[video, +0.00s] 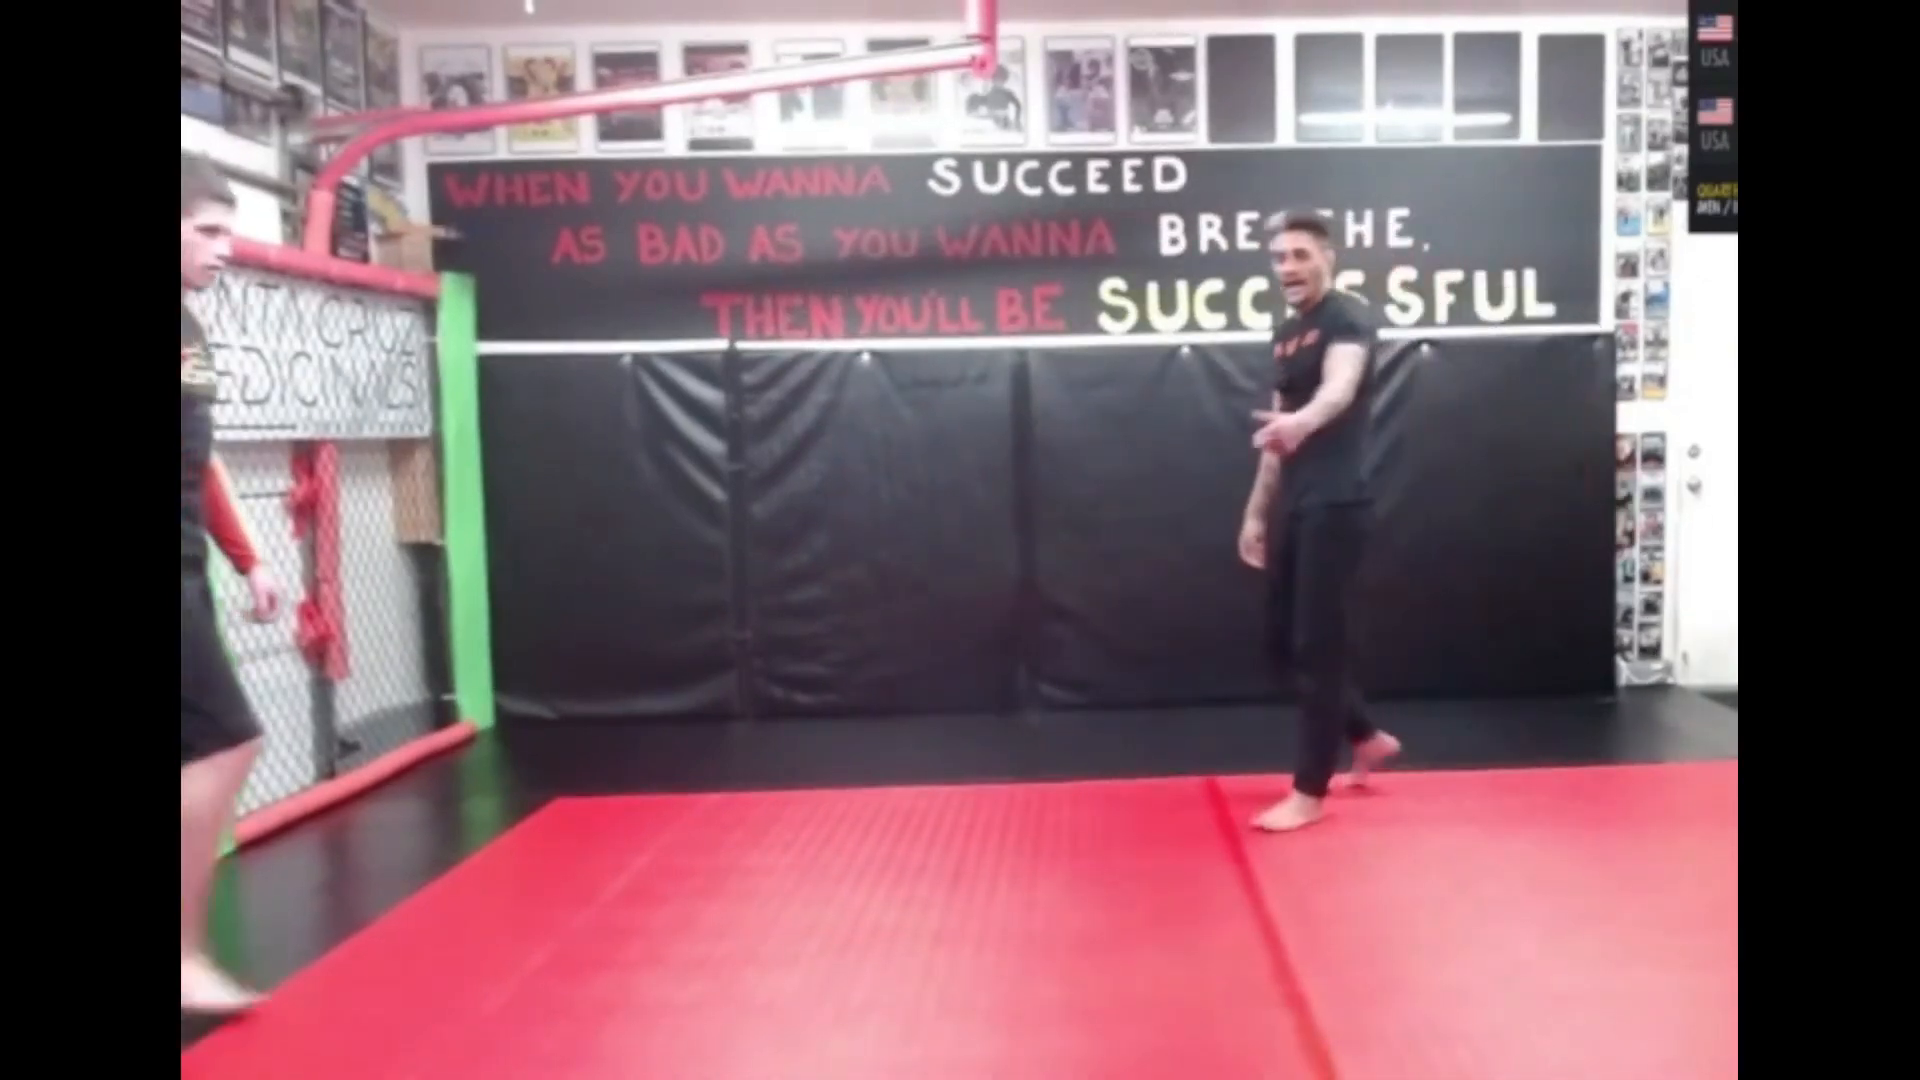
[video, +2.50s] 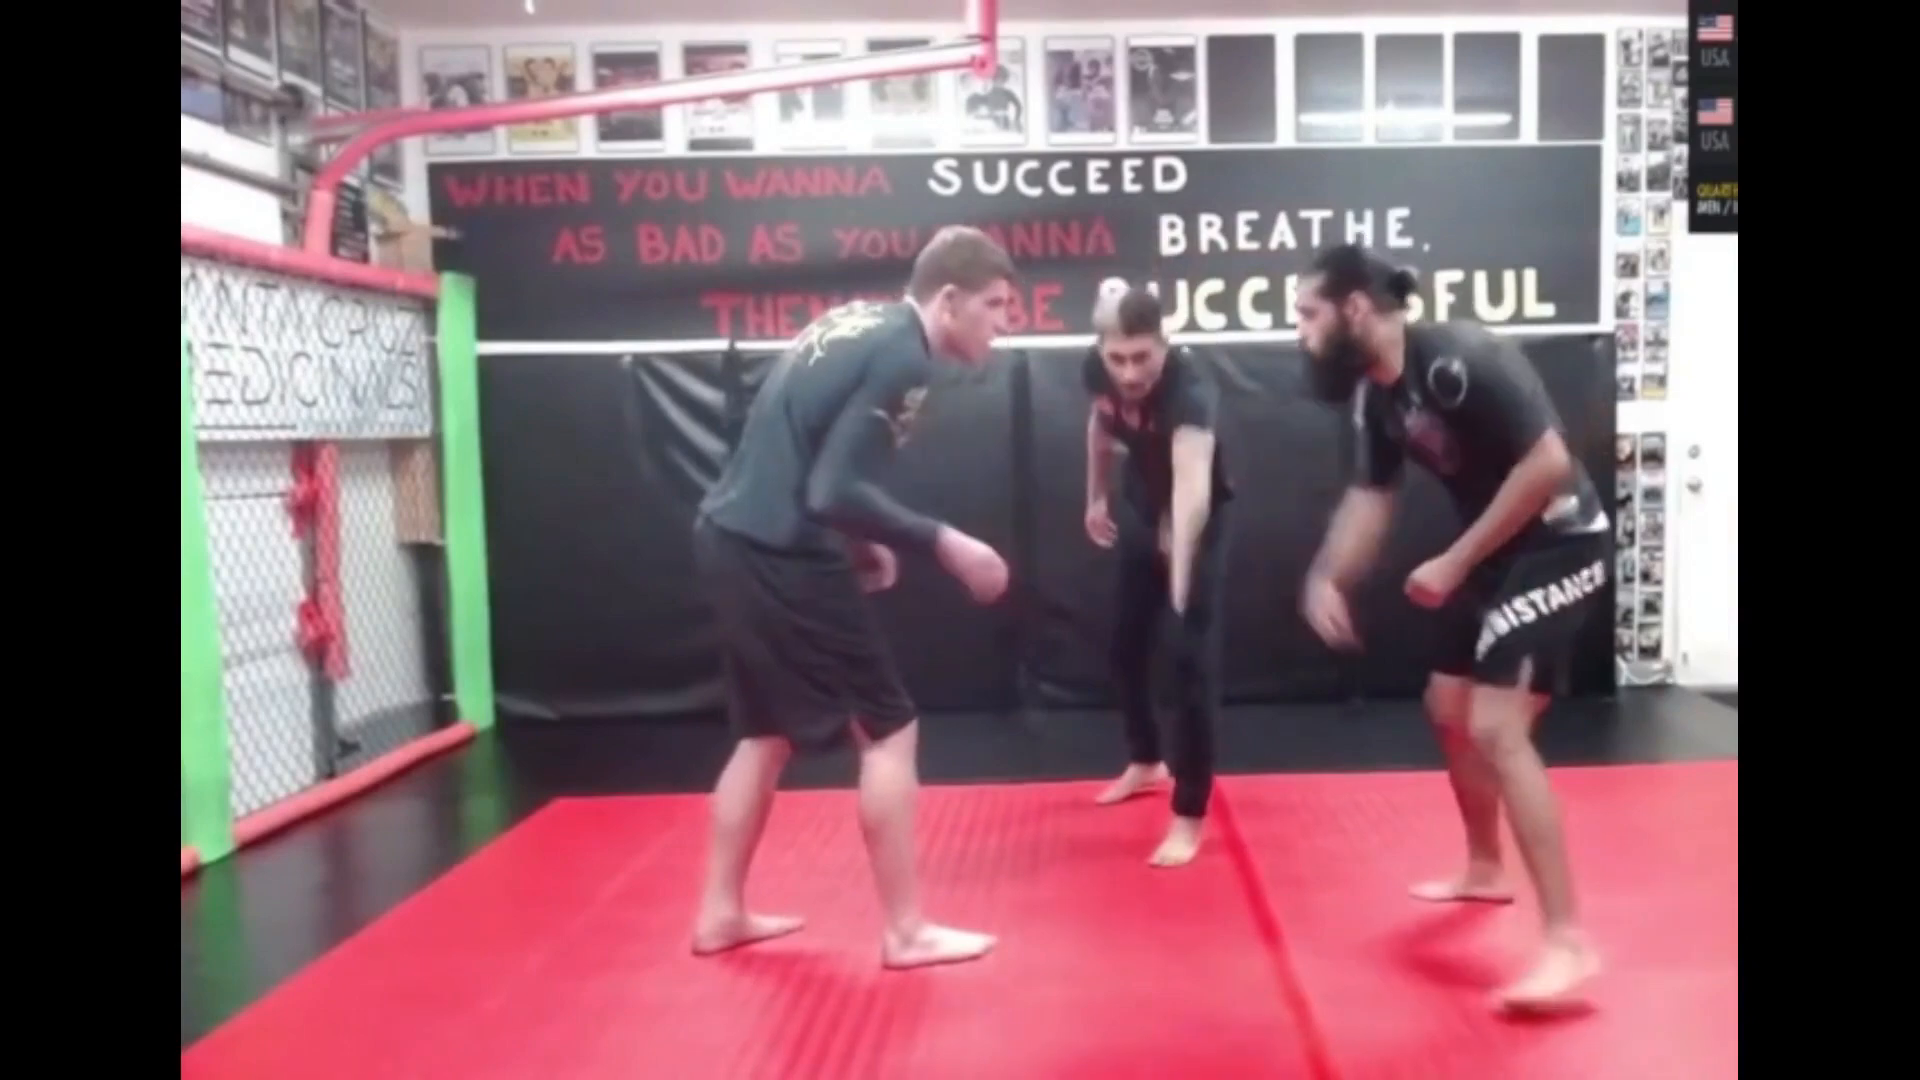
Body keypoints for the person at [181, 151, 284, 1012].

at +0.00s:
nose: (222, 247)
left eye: (225, 232)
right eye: (209, 230)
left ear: (217, 241)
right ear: (174, 236)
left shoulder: (196, 335)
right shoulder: (187, 334)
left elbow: (199, 459)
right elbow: (202, 464)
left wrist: (248, 557)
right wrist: (242, 559)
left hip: (194, 574)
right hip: (187, 576)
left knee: (222, 739)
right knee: (225, 737)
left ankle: (192, 954)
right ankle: (189, 955)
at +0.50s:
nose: (408, 291)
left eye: (412, 275)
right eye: (399, 272)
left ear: (358, 263)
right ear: (344, 258)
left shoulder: (324, 333)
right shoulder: (294, 339)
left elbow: (331, 475)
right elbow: (372, 466)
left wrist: (369, 564)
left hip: (282, 575)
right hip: (282, 578)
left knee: (278, 756)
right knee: (405, 749)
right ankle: (407, 963)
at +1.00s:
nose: (678, 281)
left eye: (681, 265)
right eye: (671, 262)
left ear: (612, 251)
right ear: (619, 247)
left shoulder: (546, 312)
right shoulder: (583, 320)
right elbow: (715, 400)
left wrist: (678, 425)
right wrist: (861, 420)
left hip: (587, 567)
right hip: (561, 572)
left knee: (680, 732)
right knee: (563, 771)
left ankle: (717, 913)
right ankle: (432, 929)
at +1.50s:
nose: (920, 313)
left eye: (922, 297)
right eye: (913, 296)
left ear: (847, 280)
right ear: (861, 280)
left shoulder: (759, 316)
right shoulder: (837, 352)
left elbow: (723, 439)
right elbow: (974, 438)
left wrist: (779, 528)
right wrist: (1122, 450)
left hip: (684, 544)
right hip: (741, 552)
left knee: (772, 727)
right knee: (858, 729)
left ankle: (722, 906)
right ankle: (908, 927)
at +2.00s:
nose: (1002, 342)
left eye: (1007, 326)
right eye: (998, 322)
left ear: (940, 306)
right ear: (950, 305)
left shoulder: (868, 323)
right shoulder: (913, 363)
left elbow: (797, 428)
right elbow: (943, 509)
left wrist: (839, 522)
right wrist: (1033, 452)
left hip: (720, 525)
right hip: (779, 543)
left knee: (761, 729)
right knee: (872, 728)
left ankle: (719, 910)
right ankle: (903, 928)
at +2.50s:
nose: (1003, 325)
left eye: (1006, 309)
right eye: (996, 307)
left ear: (938, 298)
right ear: (948, 298)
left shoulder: (858, 324)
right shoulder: (901, 353)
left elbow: (792, 459)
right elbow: (834, 491)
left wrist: (850, 537)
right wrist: (946, 540)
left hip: (726, 530)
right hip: (782, 544)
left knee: (765, 730)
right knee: (888, 727)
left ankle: (719, 913)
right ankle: (906, 929)